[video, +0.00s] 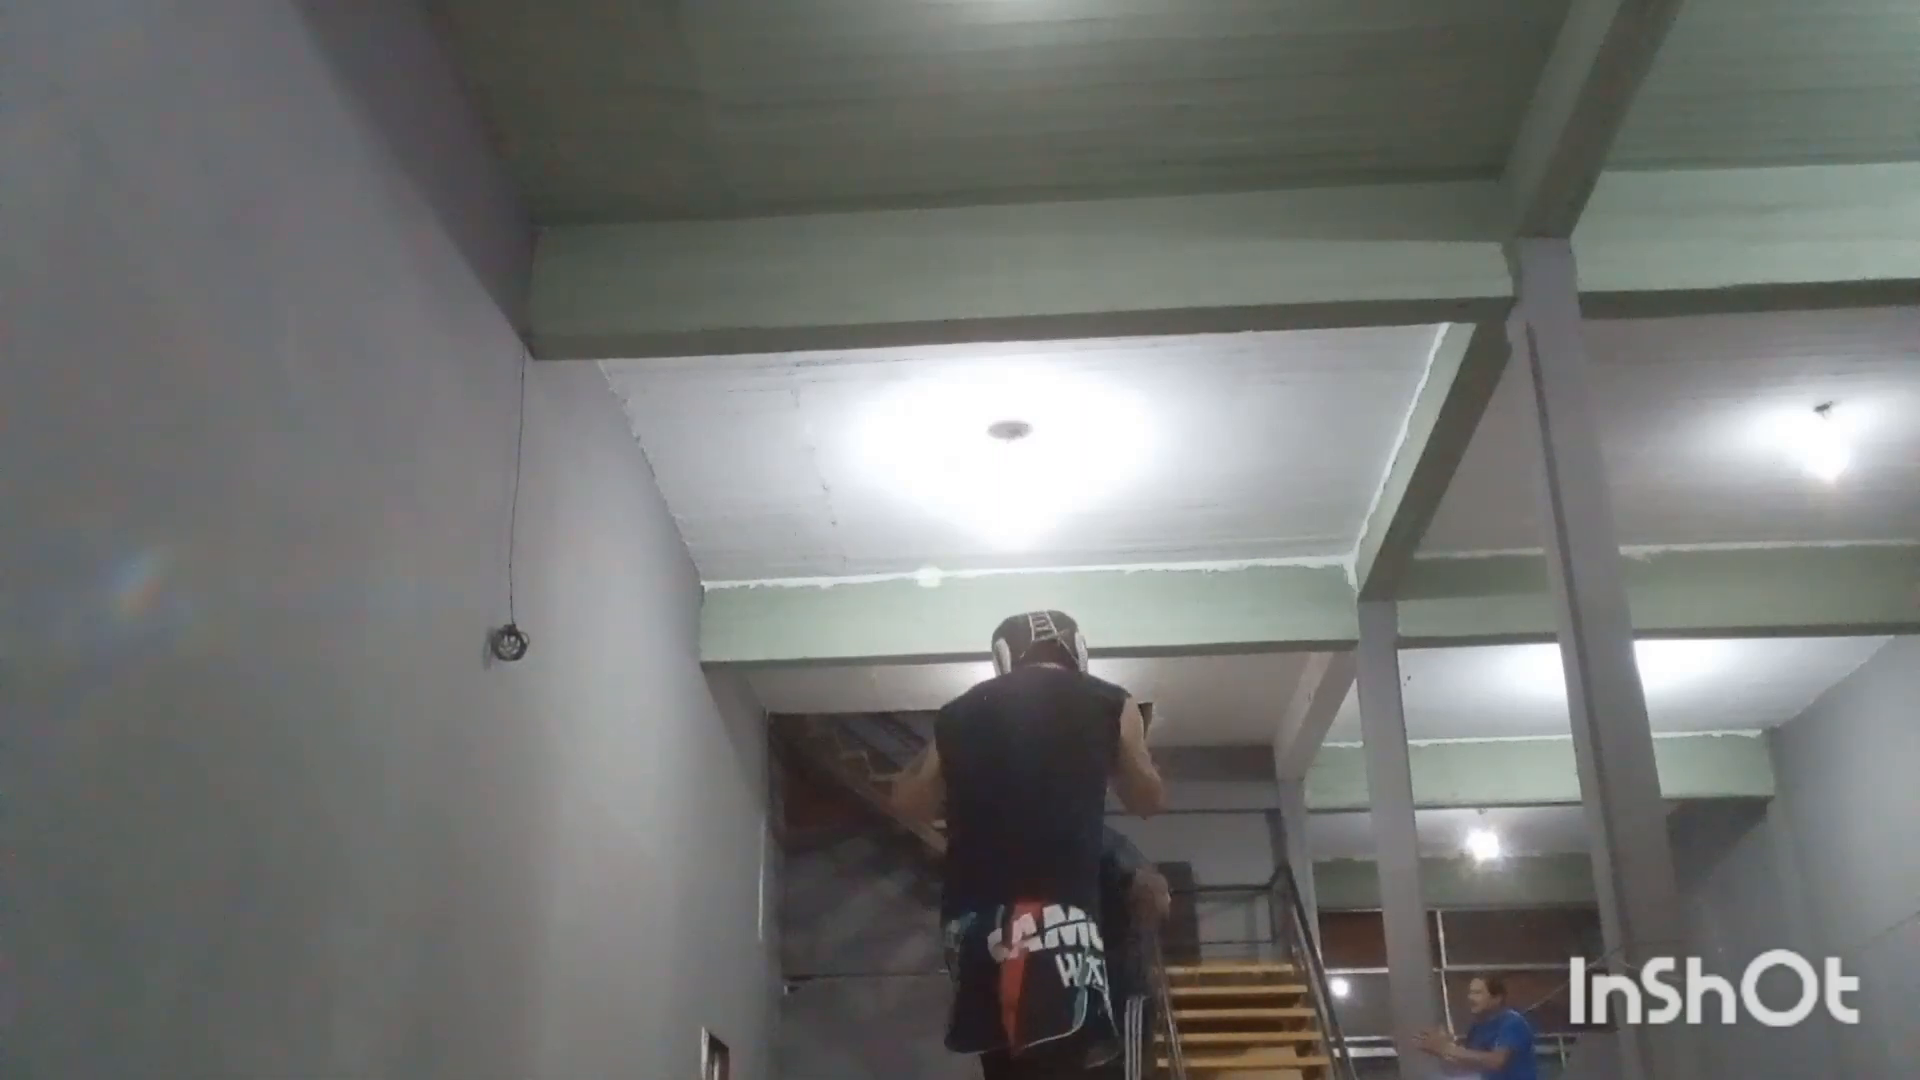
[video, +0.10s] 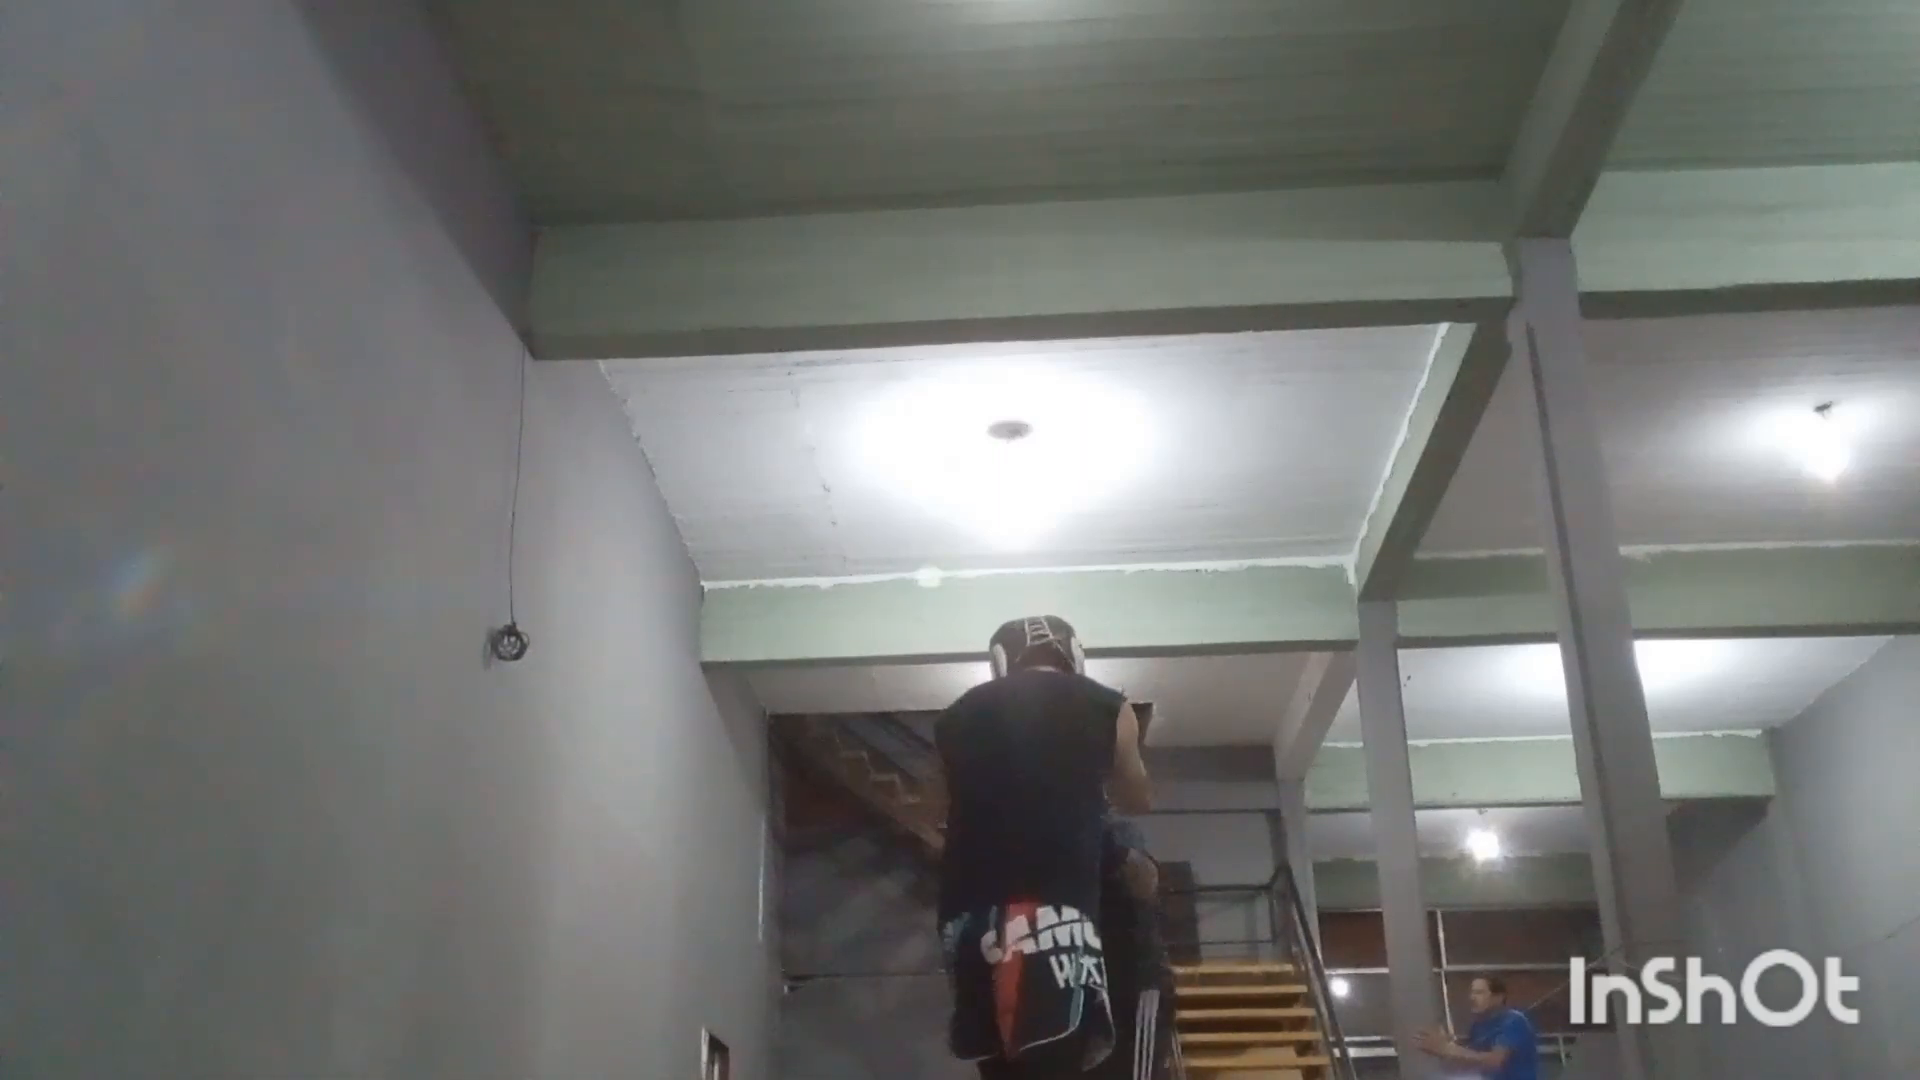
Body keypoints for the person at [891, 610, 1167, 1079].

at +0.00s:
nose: (1086, 660)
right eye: (1082, 653)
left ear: (1007, 659)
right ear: (1073, 654)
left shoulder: (961, 711)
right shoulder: (1108, 701)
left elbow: (908, 800)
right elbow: (1146, 799)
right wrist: (1134, 741)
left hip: (973, 915)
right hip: (1066, 913)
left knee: (999, 1062)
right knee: (1060, 1061)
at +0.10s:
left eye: (994, 663)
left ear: (1004, 662)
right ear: (1070, 657)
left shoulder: (957, 714)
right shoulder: (1109, 706)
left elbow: (953, 812)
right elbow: (1136, 798)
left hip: (972, 893)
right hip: (1066, 894)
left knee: (991, 1055)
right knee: (1060, 1051)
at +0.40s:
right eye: (1067, 664)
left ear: (991, 670)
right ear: (1058, 661)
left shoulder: (951, 721)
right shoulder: (1086, 699)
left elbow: (930, 825)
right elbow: (1153, 785)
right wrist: (1146, 750)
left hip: (954, 912)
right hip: (1035, 906)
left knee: (987, 1064)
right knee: (1048, 1064)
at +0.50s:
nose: (1068, 665)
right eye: (1064, 658)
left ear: (990, 667)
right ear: (1056, 660)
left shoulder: (946, 723)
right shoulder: (1086, 707)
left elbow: (904, 825)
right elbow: (1146, 793)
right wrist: (1148, 769)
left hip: (948, 928)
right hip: (1029, 923)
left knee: (974, 1063)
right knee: (1031, 1063)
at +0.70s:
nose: (1050, 659)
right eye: (1048, 651)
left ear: (967, 662)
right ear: (1037, 652)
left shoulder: (925, 716)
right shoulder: (1066, 702)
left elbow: (888, 826)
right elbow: (1120, 809)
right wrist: (1094, 759)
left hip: (933, 911)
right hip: (1019, 908)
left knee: (966, 1063)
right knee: (1018, 1065)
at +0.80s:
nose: (1029, 669)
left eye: (1027, 663)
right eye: (1026, 661)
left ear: (953, 672)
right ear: (1012, 661)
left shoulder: (912, 726)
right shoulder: (1047, 701)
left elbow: (903, 831)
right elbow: (1116, 794)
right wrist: (1105, 754)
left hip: (925, 906)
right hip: (1016, 903)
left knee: (952, 1062)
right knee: (1019, 1063)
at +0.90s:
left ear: (933, 688)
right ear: (991, 673)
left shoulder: (911, 737)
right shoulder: (1030, 713)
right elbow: (1107, 794)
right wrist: (1084, 752)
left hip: (910, 929)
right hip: (998, 923)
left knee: (940, 1065)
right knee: (1002, 1066)